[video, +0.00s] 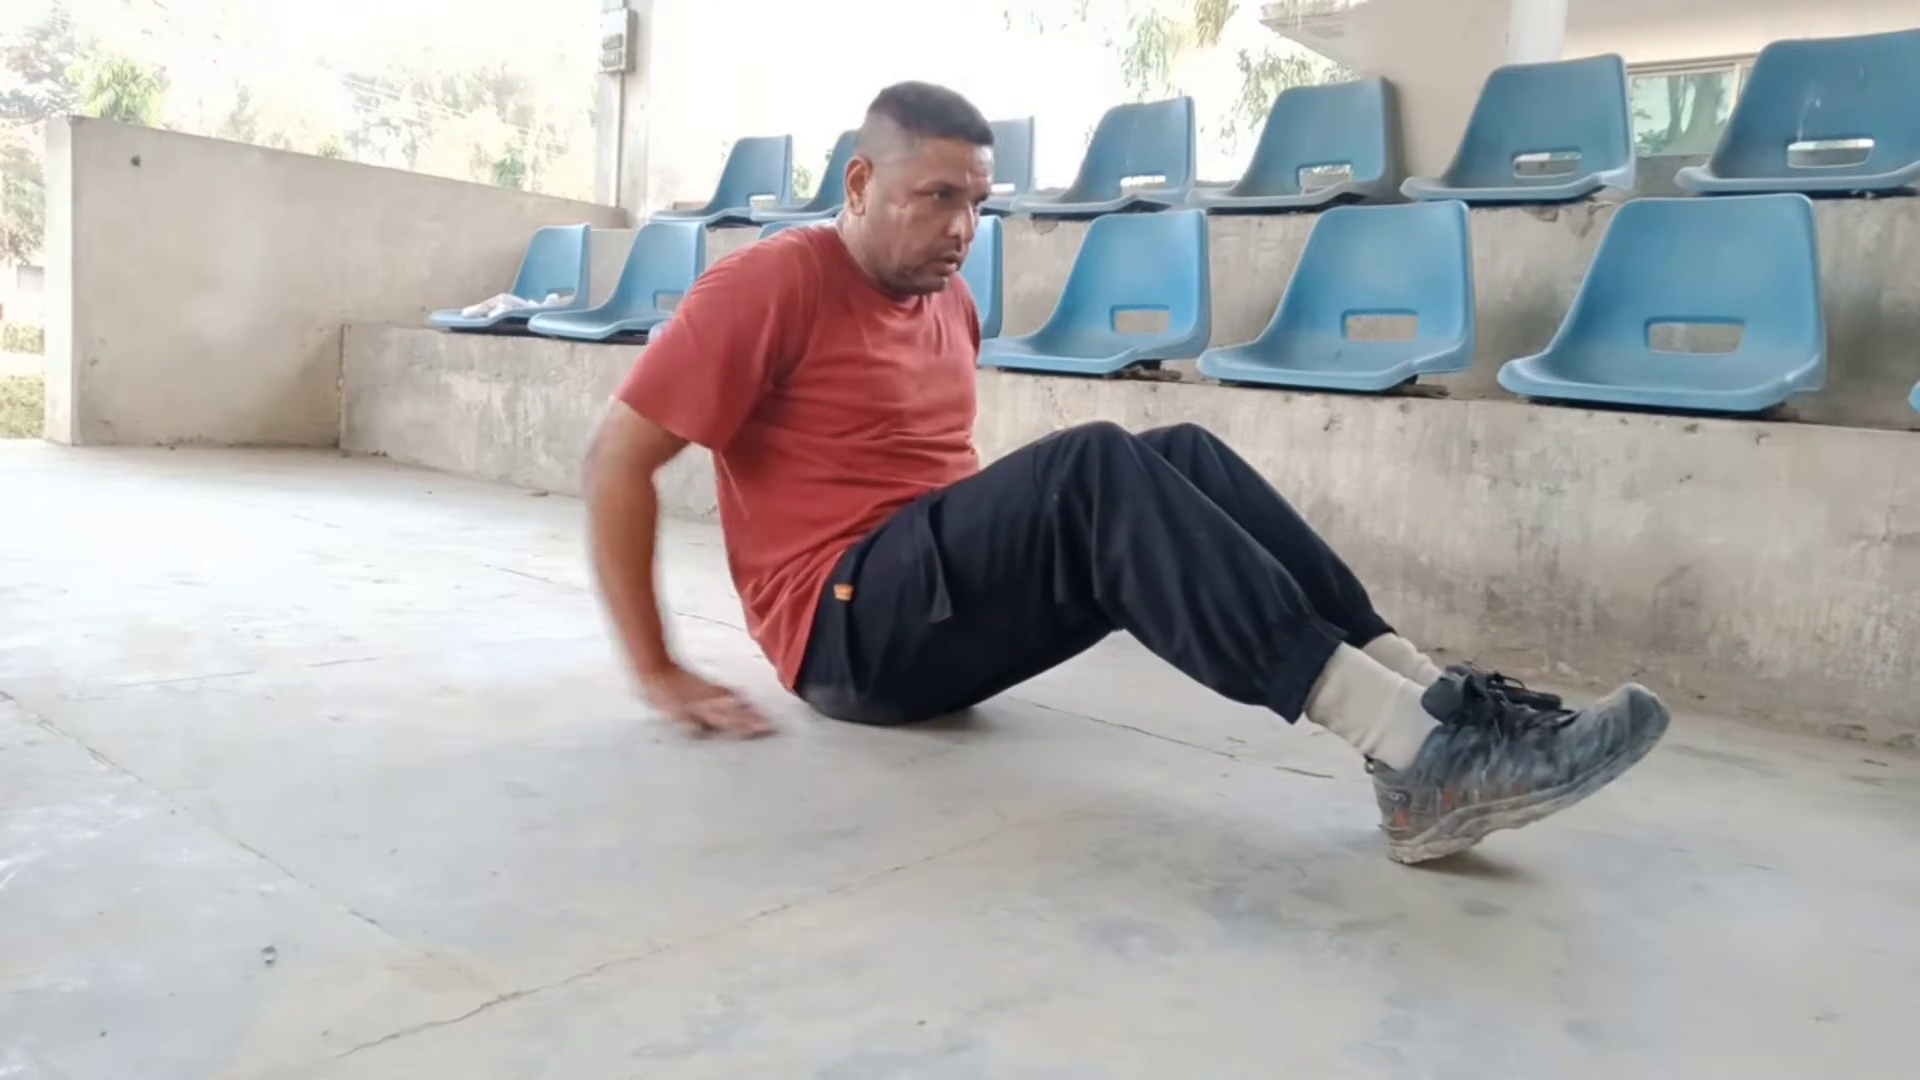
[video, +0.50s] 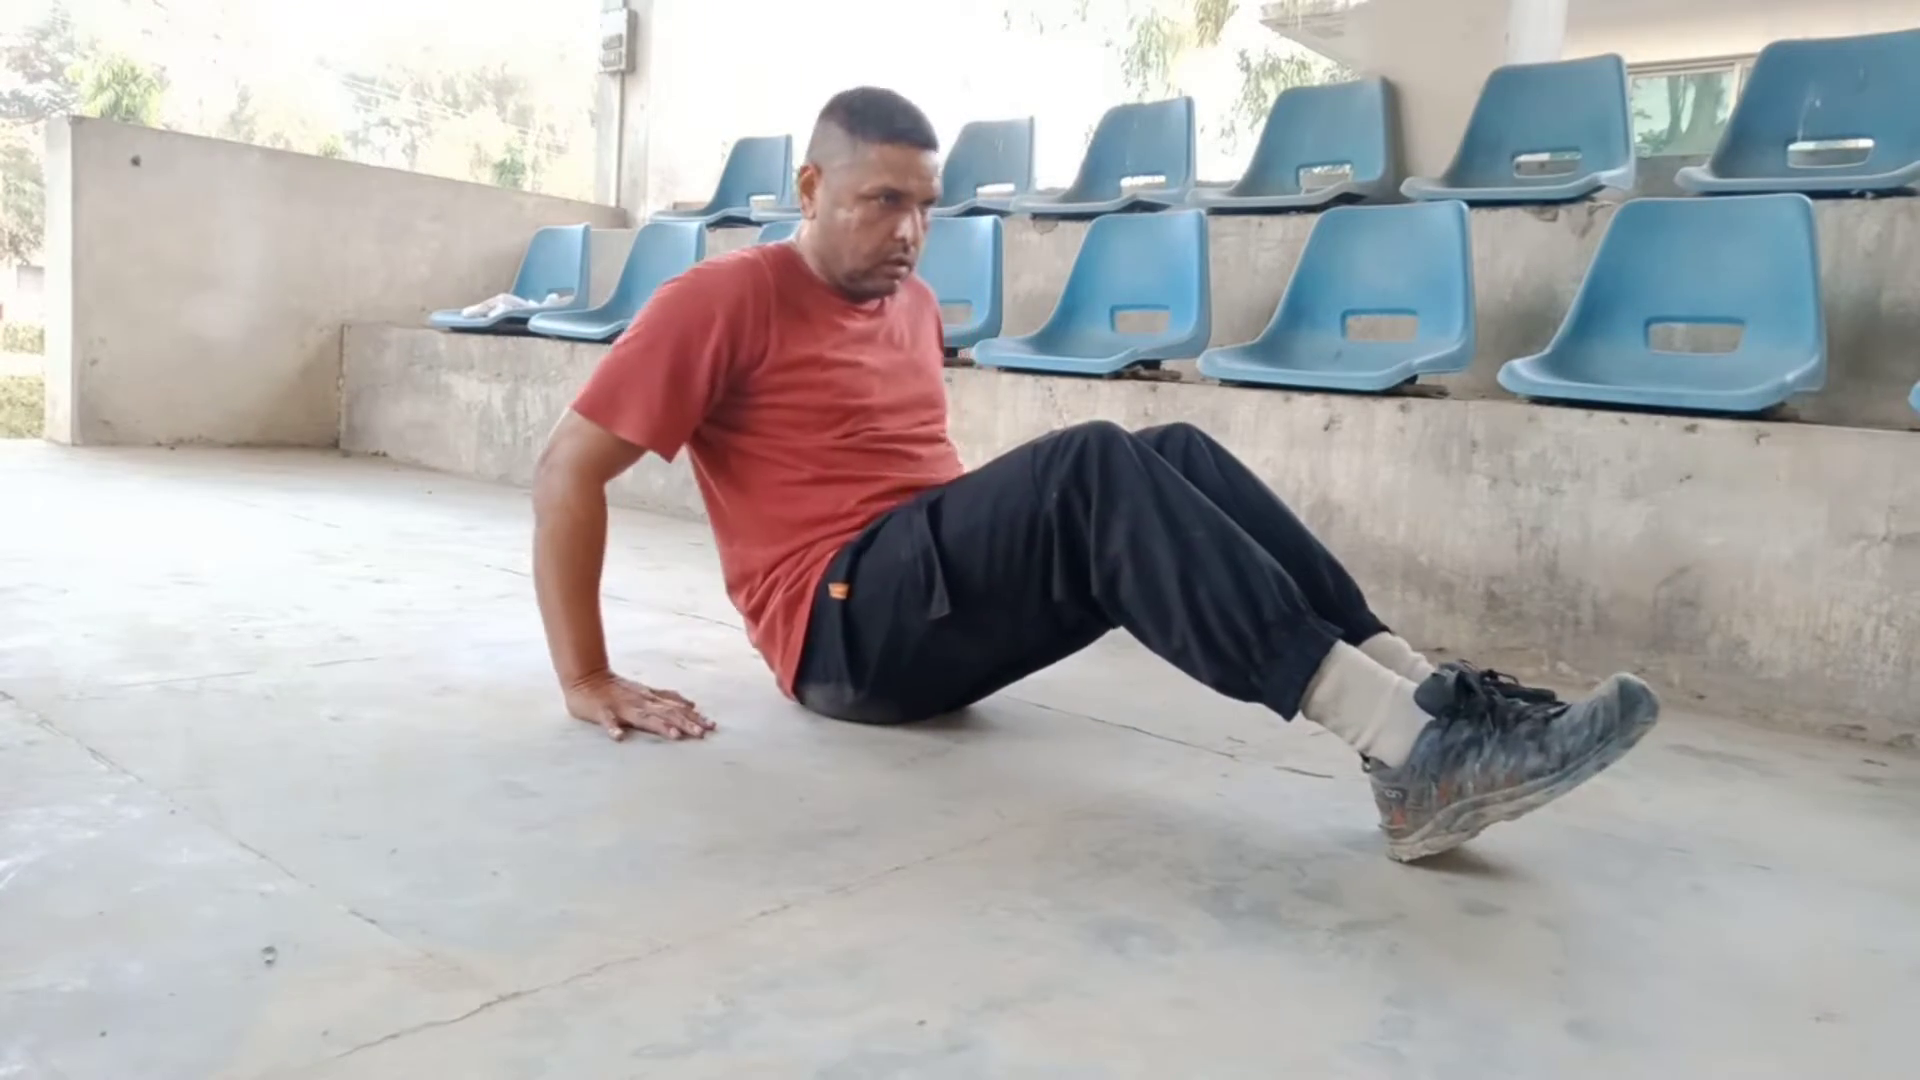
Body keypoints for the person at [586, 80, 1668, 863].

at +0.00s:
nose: (959, 226)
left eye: (973, 203)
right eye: (938, 198)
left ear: (973, 203)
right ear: (858, 187)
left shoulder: (946, 302)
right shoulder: (764, 286)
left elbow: (923, 463)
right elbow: (618, 461)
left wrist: (951, 607)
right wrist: (656, 674)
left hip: (936, 601)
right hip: (845, 618)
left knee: (1180, 456)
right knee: (1100, 472)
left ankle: (1452, 712)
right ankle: (1411, 764)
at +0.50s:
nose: (899, 231)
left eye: (917, 208)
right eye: (875, 204)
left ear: (924, 204)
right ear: (805, 189)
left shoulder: (911, 301)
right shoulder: (719, 300)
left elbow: (899, 460)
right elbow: (568, 468)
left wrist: (944, 618)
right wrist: (584, 679)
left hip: (931, 586)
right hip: (836, 609)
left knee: (1178, 453)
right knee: (1103, 469)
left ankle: (1433, 733)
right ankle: (1409, 740)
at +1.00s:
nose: (886, 251)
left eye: (898, 226)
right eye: (861, 223)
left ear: (905, 215)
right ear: (785, 203)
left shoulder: (900, 299)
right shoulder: (707, 287)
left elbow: (909, 450)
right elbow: (570, 466)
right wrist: (583, 682)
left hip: (910, 634)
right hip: (811, 631)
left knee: (1054, 351)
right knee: (949, 351)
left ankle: (1219, 608)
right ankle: (1178, 637)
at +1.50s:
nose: (789, 251)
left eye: (801, 227)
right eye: (760, 228)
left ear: (812, 231)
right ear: (689, 233)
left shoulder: (815, 316)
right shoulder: (633, 329)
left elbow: (848, 462)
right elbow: (495, 498)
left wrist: (911, 545)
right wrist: (576, 681)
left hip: (917, 563)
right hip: (832, 610)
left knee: (1170, 524)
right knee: (1124, 538)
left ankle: (1541, 609)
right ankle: (1515, 644)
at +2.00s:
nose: (813, 263)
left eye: (825, 240)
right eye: (788, 237)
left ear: (831, 229)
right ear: (716, 219)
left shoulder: (840, 315)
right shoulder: (643, 317)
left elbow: (879, 451)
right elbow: (508, 487)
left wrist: (962, 543)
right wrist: (576, 679)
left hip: (913, 559)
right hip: (780, 593)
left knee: (1158, 518)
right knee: (859, 520)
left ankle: (1487, 564)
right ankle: (982, 660)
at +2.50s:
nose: (814, 249)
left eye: (823, 225)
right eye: (787, 223)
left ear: (825, 225)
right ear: (711, 220)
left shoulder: (829, 314)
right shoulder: (645, 315)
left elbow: (860, 461)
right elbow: (513, 491)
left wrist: (912, 569)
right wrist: (577, 684)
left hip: (899, 595)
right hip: (811, 617)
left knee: (1122, 443)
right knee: (1067, 454)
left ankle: (1446, 598)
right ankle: (1430, 610)